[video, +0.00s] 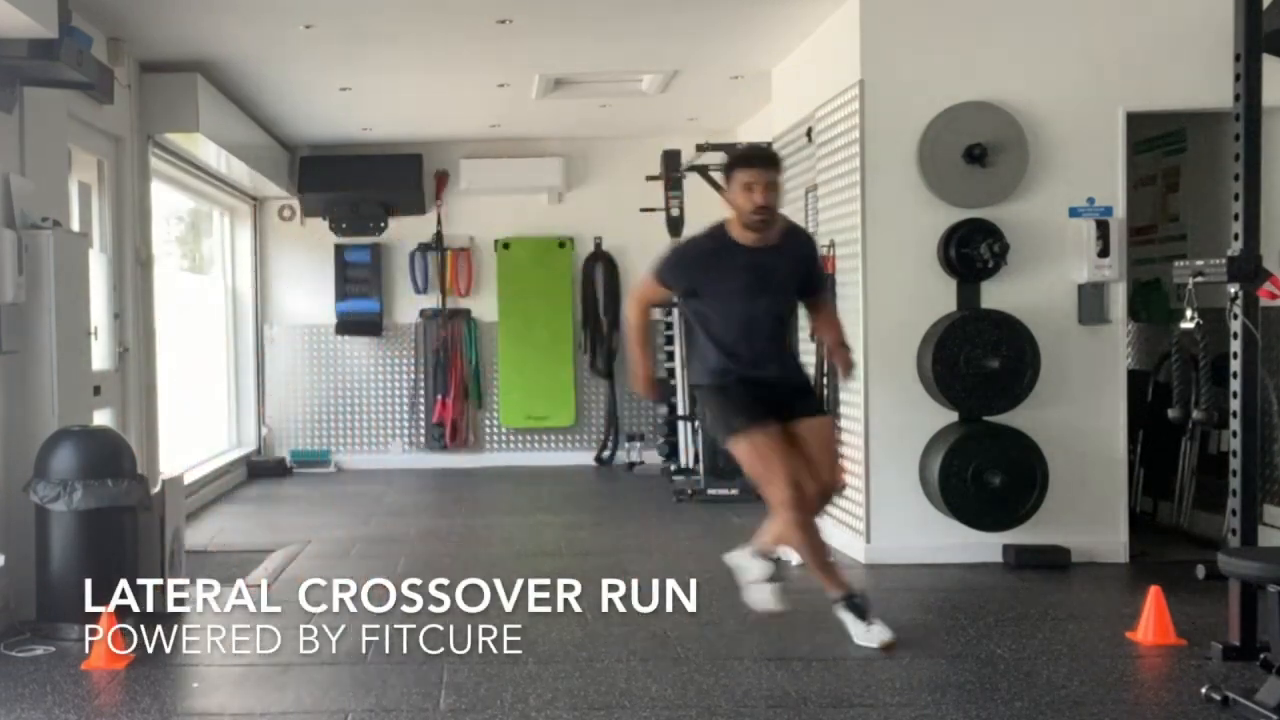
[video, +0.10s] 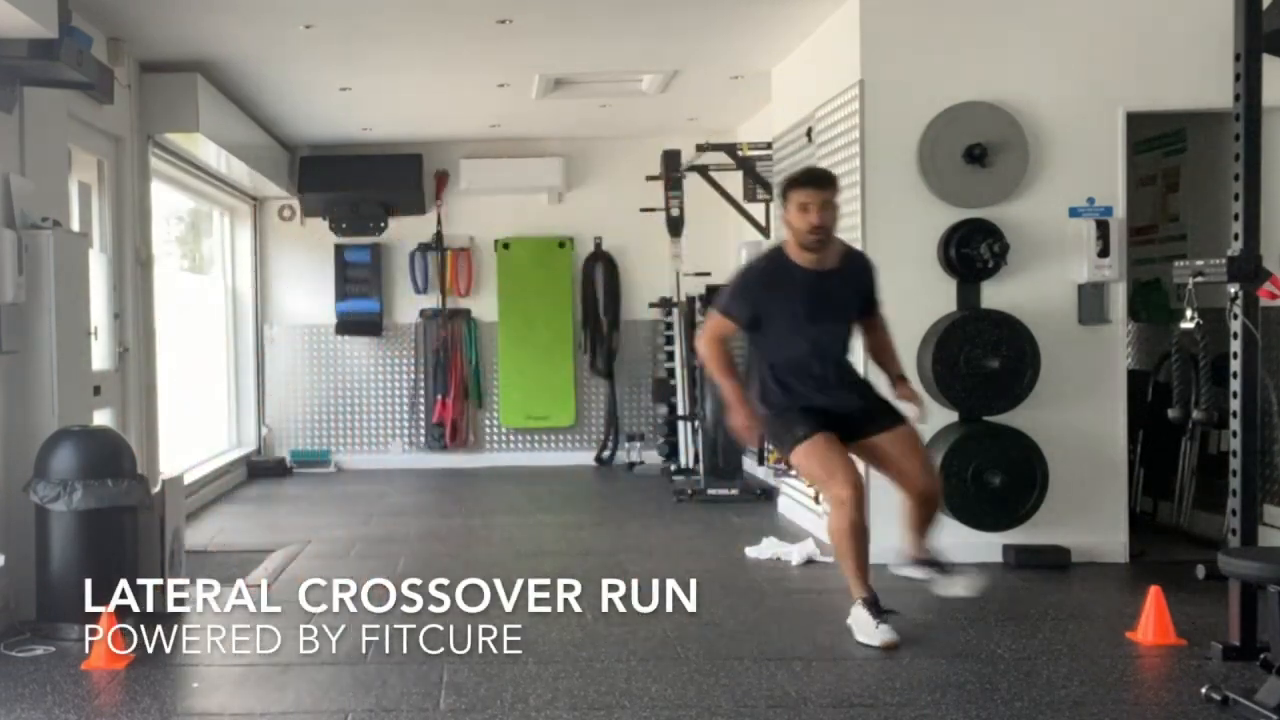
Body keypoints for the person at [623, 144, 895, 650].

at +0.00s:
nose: (761, 198)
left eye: (769, 187)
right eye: (749, 188)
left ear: (779, 189)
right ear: (727, 192)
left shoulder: (797, 245)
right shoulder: (697, 256)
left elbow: (819, 301)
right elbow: (639, 299)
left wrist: (833, 337)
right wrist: (642, 369)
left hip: (786, 378)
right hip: (727, 385)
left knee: (824, 480)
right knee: (787, 491)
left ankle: (755, 553)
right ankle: (846, 600)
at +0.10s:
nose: (817, 219)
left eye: (825, 208)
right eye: (804, 209)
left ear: (837, 210)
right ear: (784, 214)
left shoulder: (854, 267)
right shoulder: (760, 276)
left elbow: (872, 327)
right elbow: (709, 339)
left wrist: (897, 378)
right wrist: (736, 403)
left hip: (845, 389)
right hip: (785, 401)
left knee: (925, 483)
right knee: (845, 489)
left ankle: (916, 555)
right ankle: (864, 603)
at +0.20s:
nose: (870, 247)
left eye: (879, 236)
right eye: (857, 237)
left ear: (890, 238)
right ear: (837, 243)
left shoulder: (914, 286)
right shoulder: (817, 301)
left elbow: (936, 344)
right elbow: (768, 362)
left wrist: (957, 407)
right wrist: (797, 402)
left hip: (898, 405)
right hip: (837, 413)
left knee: (972, 496)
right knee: (852, 483)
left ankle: (1019, 579)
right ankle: (866, 602)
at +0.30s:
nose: (906, 273)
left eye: (916, 260)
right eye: (894, 263)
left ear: (930, 262)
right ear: (877, 268)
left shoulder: (958, 311)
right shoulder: (851, 323)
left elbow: (992, 365)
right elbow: (807, 380)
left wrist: (1017, 431)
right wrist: (813, 445)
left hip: (944, 419)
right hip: (866, 420)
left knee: (1013, 505)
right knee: (865, 486)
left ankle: (1030, 585)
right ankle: (879, 594)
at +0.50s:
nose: (891, 280)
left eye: (901, 268)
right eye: (880, 270)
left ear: (917, 268)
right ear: (865, 273)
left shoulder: (946, 310)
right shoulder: (838, 320)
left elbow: (994, 352)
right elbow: (790, 361)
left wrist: (1024, 410)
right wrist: (768, 416)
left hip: (938, 410)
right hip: (861, 417)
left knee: (998, 492)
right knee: (874, 514)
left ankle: (1031, 582)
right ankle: (909, 572)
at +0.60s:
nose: (846, 271)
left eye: (856, 259)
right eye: (835, 260)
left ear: (874, 258)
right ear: (821, 260)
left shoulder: (903, 294)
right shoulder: (795, 310)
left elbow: (938, 334)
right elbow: (734, 345)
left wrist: (959, 384)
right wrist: (706, 409)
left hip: (903, 405)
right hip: (834, 416)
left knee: (966, 496)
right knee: (851, 518)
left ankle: (1029, 569)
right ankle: (914, 575)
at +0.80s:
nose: (755, 253)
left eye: (764, 240)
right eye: (743, 242)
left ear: (780, 237)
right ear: (729, 242)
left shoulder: (808, 280)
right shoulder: (705, 287)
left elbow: (850, 329)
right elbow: (646, 327)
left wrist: (884, 389)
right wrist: (656, 382)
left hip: (793, 388)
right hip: (732, 405)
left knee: (806, 471)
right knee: (795, 503)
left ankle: (811, 582)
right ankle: (872, 561)